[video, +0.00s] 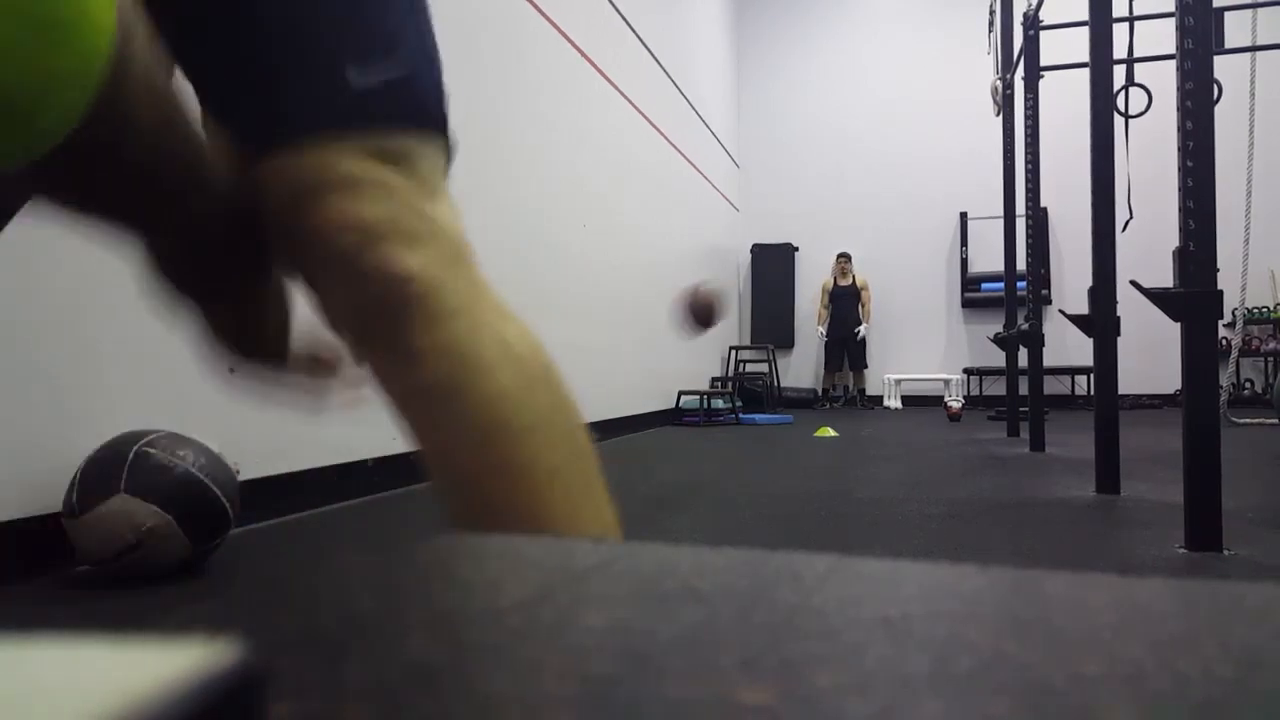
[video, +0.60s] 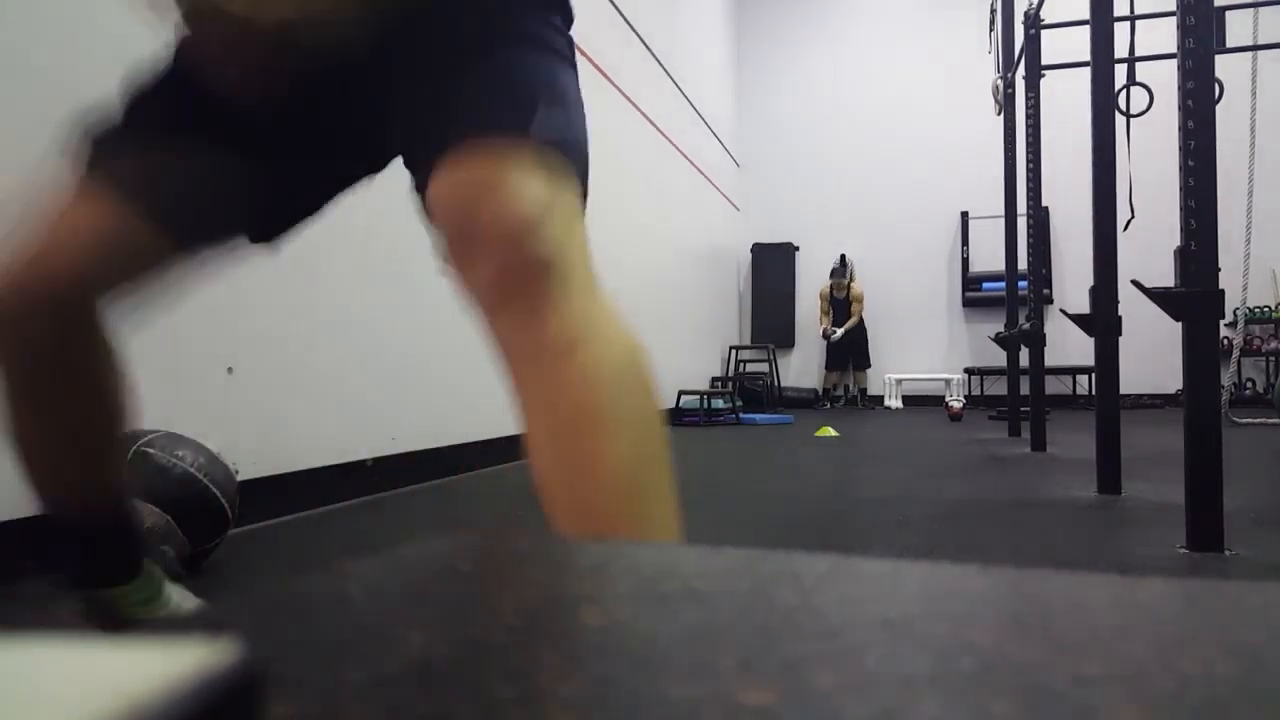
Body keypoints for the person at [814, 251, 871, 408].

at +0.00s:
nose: (843, 266)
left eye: (846, 263)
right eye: (840, 263)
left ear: (851, 264)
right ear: (836, 265)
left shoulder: (860, 282)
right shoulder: (828, 284)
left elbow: (865, 304)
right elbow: (824, 307)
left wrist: (865, 324)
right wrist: (820, 325)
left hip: (854, 330)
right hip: (834, 331)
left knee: (858, 368)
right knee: (830, 368)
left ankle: (861, 398)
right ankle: (825, 398)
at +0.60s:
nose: (838, 286)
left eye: (841, 283)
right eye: (835, 282)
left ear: (847, 280)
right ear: (831, 280)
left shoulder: (856, 293)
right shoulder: (825, 293)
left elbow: (856, 316)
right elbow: (824, 313)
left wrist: (842, 330)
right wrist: (825, 326)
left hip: (855, 330)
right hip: (835, 330)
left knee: (859, 366)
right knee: (831, 367)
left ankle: (862, 399)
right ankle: (825, 398)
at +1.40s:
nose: (837, 268)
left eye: (840, 265)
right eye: (834, 265)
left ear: (846, 266)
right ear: (831, 267)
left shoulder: (857, 283)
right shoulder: (826, 286)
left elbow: (863, 305)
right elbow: (821, 308)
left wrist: (863, 326)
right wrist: (815, 326)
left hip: (853, 331)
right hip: (833, 331)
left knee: (858, 368)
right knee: (829, 368)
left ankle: (862, 399)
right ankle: (825, 399)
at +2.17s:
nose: (834, 268)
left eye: (837, 265)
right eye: (833, 265)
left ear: (847, 265)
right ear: (832, 266)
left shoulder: (860, 282)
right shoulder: (829, 283)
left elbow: (870, 303)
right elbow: (815, 303)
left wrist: (876, 323)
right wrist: (797, 317)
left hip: (852, 330)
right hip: (832, 330)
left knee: (857, 367)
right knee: (827, 366)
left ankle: (862, 399)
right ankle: (822, 400)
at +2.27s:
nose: (825, 270)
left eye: (828, 267)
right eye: (824, 267)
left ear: (837, 267)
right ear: (825, 268)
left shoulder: (854, 281)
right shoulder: (823, 284)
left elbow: (865, 302)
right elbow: (808, 304)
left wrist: (872, 320)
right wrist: (790, 317)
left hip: (849, 330)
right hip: (829, 330)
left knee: (855, 367)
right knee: (825, 367)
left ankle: (862, 399)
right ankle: (822, 400)